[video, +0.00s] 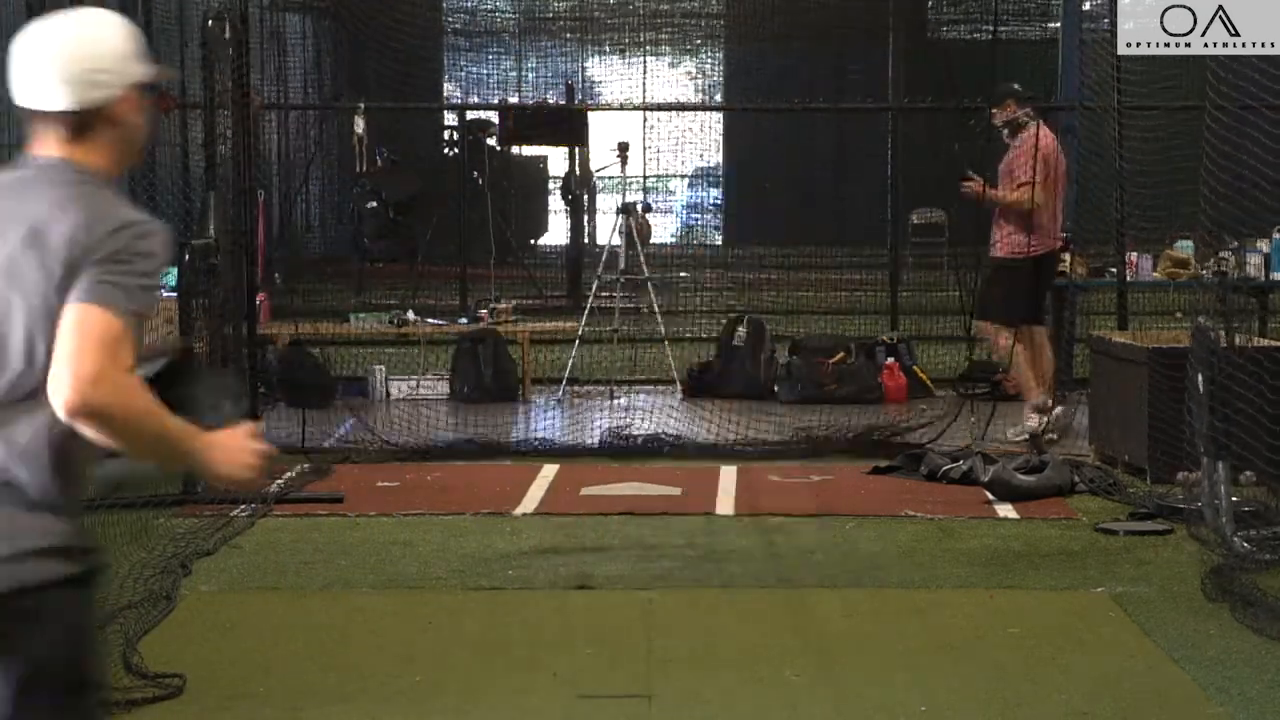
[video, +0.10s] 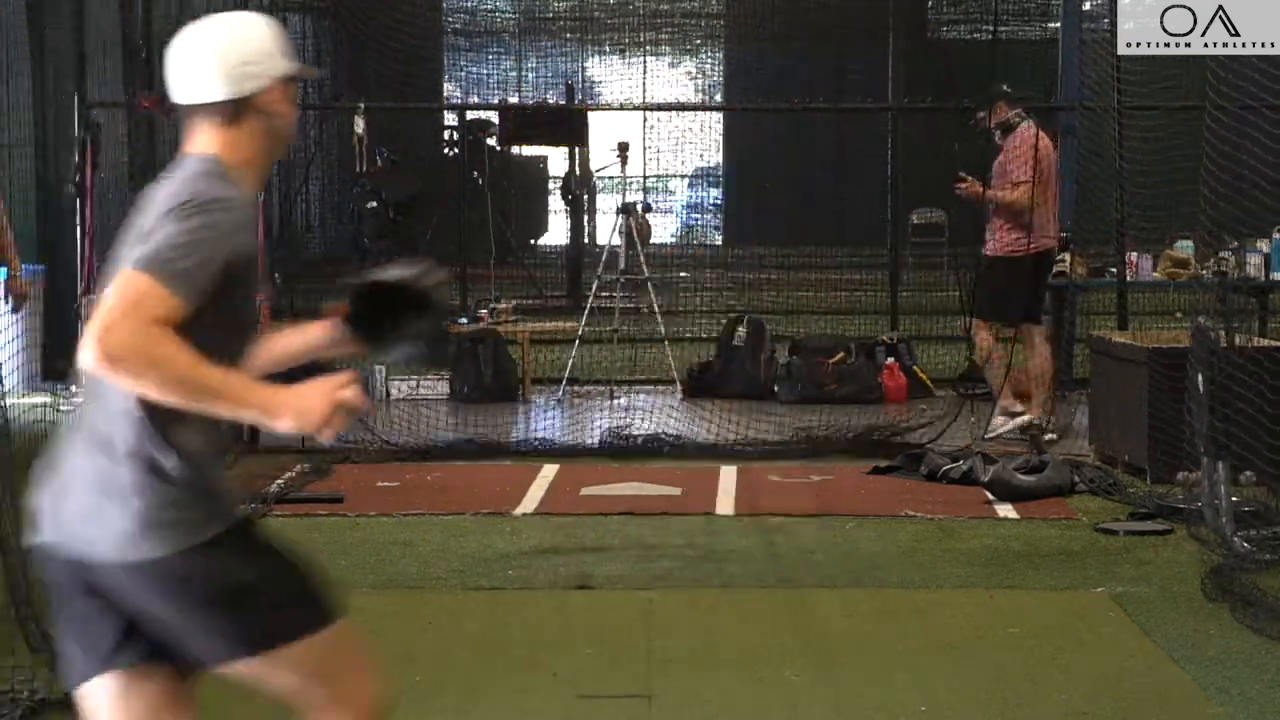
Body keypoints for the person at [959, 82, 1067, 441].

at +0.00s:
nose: (995, 118)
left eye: (1000, 110)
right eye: (994, 112)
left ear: (1018, 109)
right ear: (1022, 111)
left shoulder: (1032, 142)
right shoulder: (1042, 140)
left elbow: (1029, 198)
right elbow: (1036, 197)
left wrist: (986, 194)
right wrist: (993, 193)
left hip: (1021, 251)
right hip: (1038, 249)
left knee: (992, 325)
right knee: (1032, 327)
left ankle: (1034, 404)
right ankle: (1046, 404)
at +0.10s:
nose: (987, 122)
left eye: (988, 115)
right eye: (985, 116)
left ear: (1002, 109)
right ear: (1014, 109)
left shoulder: (1020, 140)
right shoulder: (1040, 140)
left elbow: (1021, 200)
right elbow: (1033, 199)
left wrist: (981, 193)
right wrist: (986, 193)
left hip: (1012, 250)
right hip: (1038, 250)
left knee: (982, 329)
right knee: (1033, 331)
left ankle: (1007, 405)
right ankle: (1040, 415)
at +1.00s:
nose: (852, 121)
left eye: (855, 113)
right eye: (849, 115)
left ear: (874, 107)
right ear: (877, 109)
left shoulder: (884, 141)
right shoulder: (915, 138)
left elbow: (887, 197)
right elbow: (928, 196)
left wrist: (850, 198)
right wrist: (865, 194)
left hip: (900, 248)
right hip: (922, 244)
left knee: (898, 329)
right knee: (896, 328)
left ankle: (917, 412)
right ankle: (899, 409)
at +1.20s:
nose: (834, 114)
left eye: (840, 107)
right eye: (831, 109)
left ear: (860, 107)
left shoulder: (862, 143)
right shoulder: (882, 140)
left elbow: (861, 200)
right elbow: (884, 198)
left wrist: (826, 201)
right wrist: (835, 198)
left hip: (874, 252)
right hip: (886, 249)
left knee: (882, 332)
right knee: (862, 331)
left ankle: (918, 410)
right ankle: (838, 406)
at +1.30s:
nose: (825, 114)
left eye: (830, 107)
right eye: (822, 109)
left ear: (849, 107)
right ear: (824, 112)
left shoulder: (853, 143)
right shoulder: (867, 140)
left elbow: (852, 199)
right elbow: (864, 197)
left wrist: (816, 199)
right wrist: (824, 198)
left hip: (859, 254)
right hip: (866, 251)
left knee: (865, 332)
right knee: (848, 331)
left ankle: (914, 406)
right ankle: (829, 408)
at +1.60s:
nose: (806, 101)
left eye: (812, 95)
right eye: (803, 97)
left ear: (830, 100)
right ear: (802, 103)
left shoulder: (830, 130)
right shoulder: (813, 136)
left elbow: (828, 180)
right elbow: (807, 189)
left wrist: (789, 178)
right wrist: (783, 180)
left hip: (818, 242)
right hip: (816, 241)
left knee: (793, 323)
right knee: (821, 325)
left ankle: (839, 393)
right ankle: (822, 407)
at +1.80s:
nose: (791, 99)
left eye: (798, 95)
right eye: (790, 95)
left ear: (817, 101)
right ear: (799, 103)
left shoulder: (812, 131)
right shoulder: (808, 132)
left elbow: (808, 182)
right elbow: (795, 189)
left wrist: (770, 174)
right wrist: (770, 178)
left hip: (791, 244)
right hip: (812, 244)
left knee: (763, 322)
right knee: (808, 323)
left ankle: (808, 399)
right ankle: (824, 410)